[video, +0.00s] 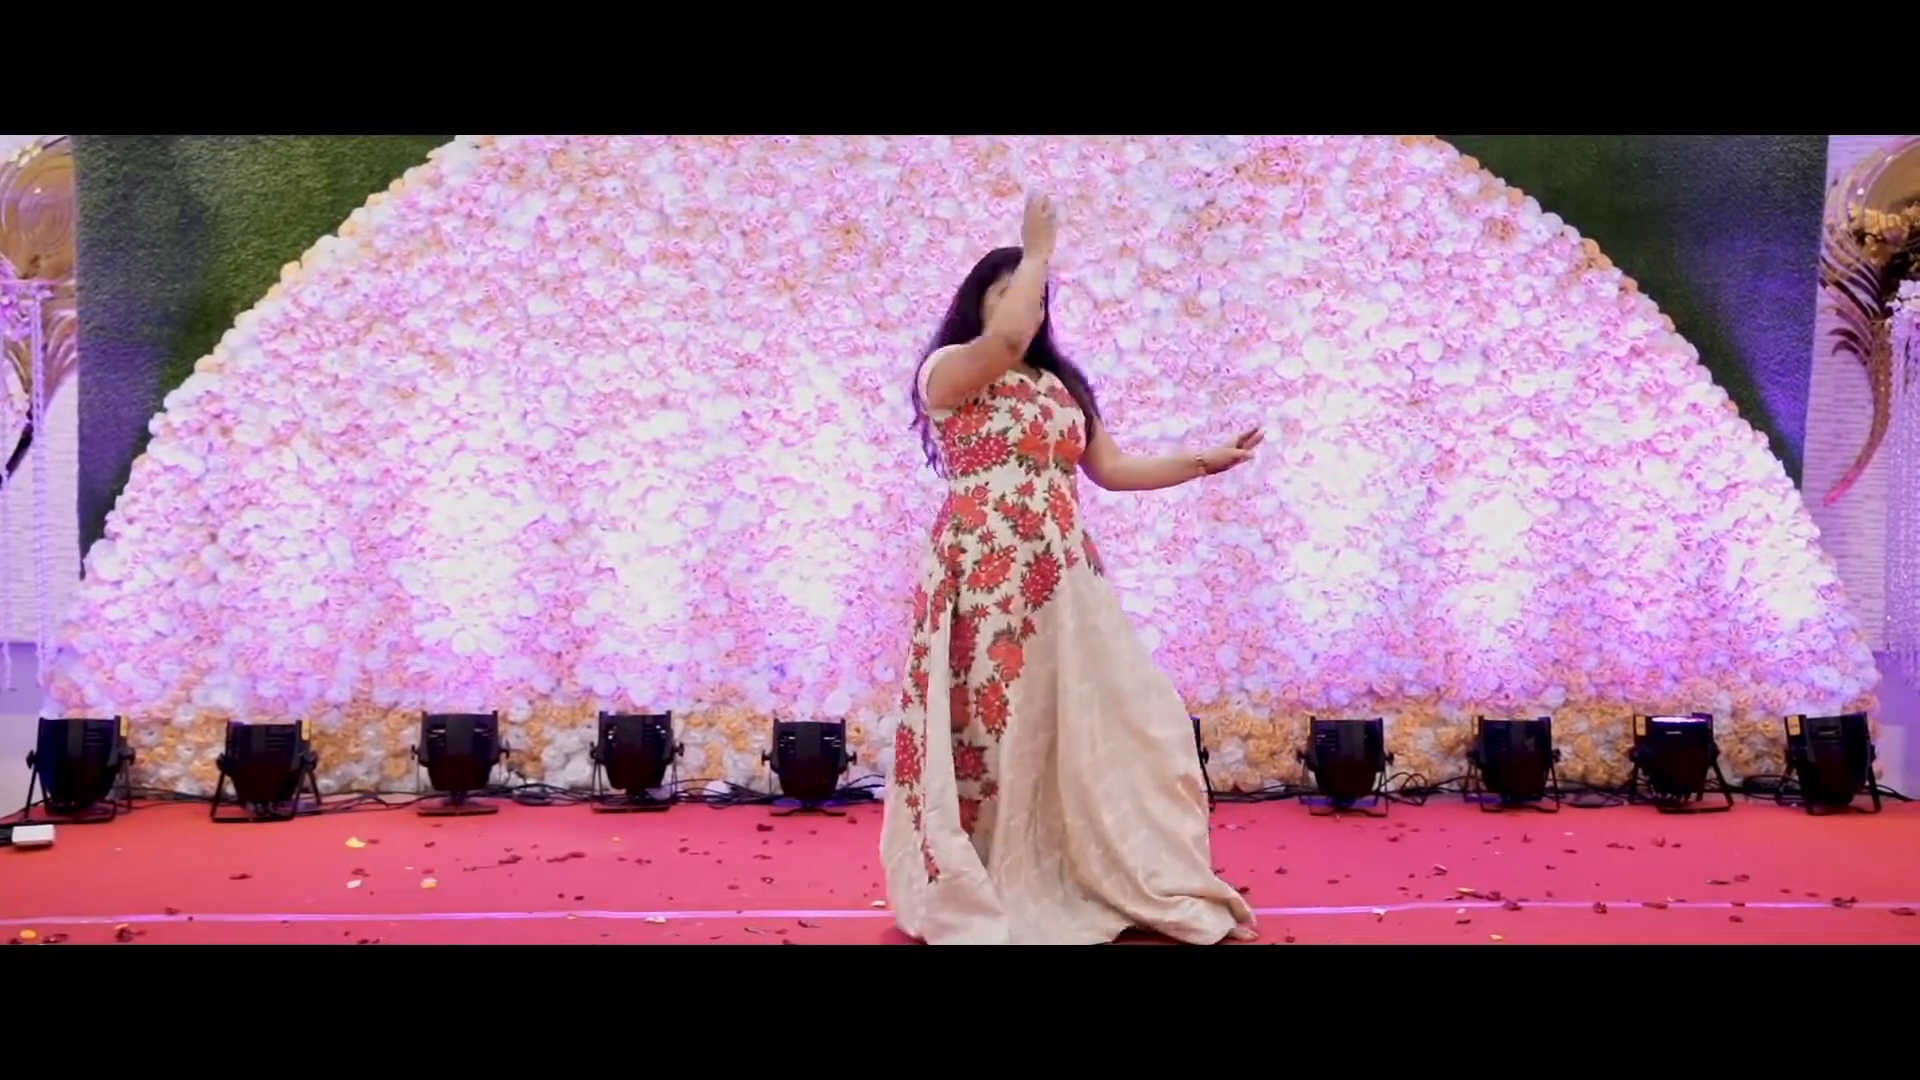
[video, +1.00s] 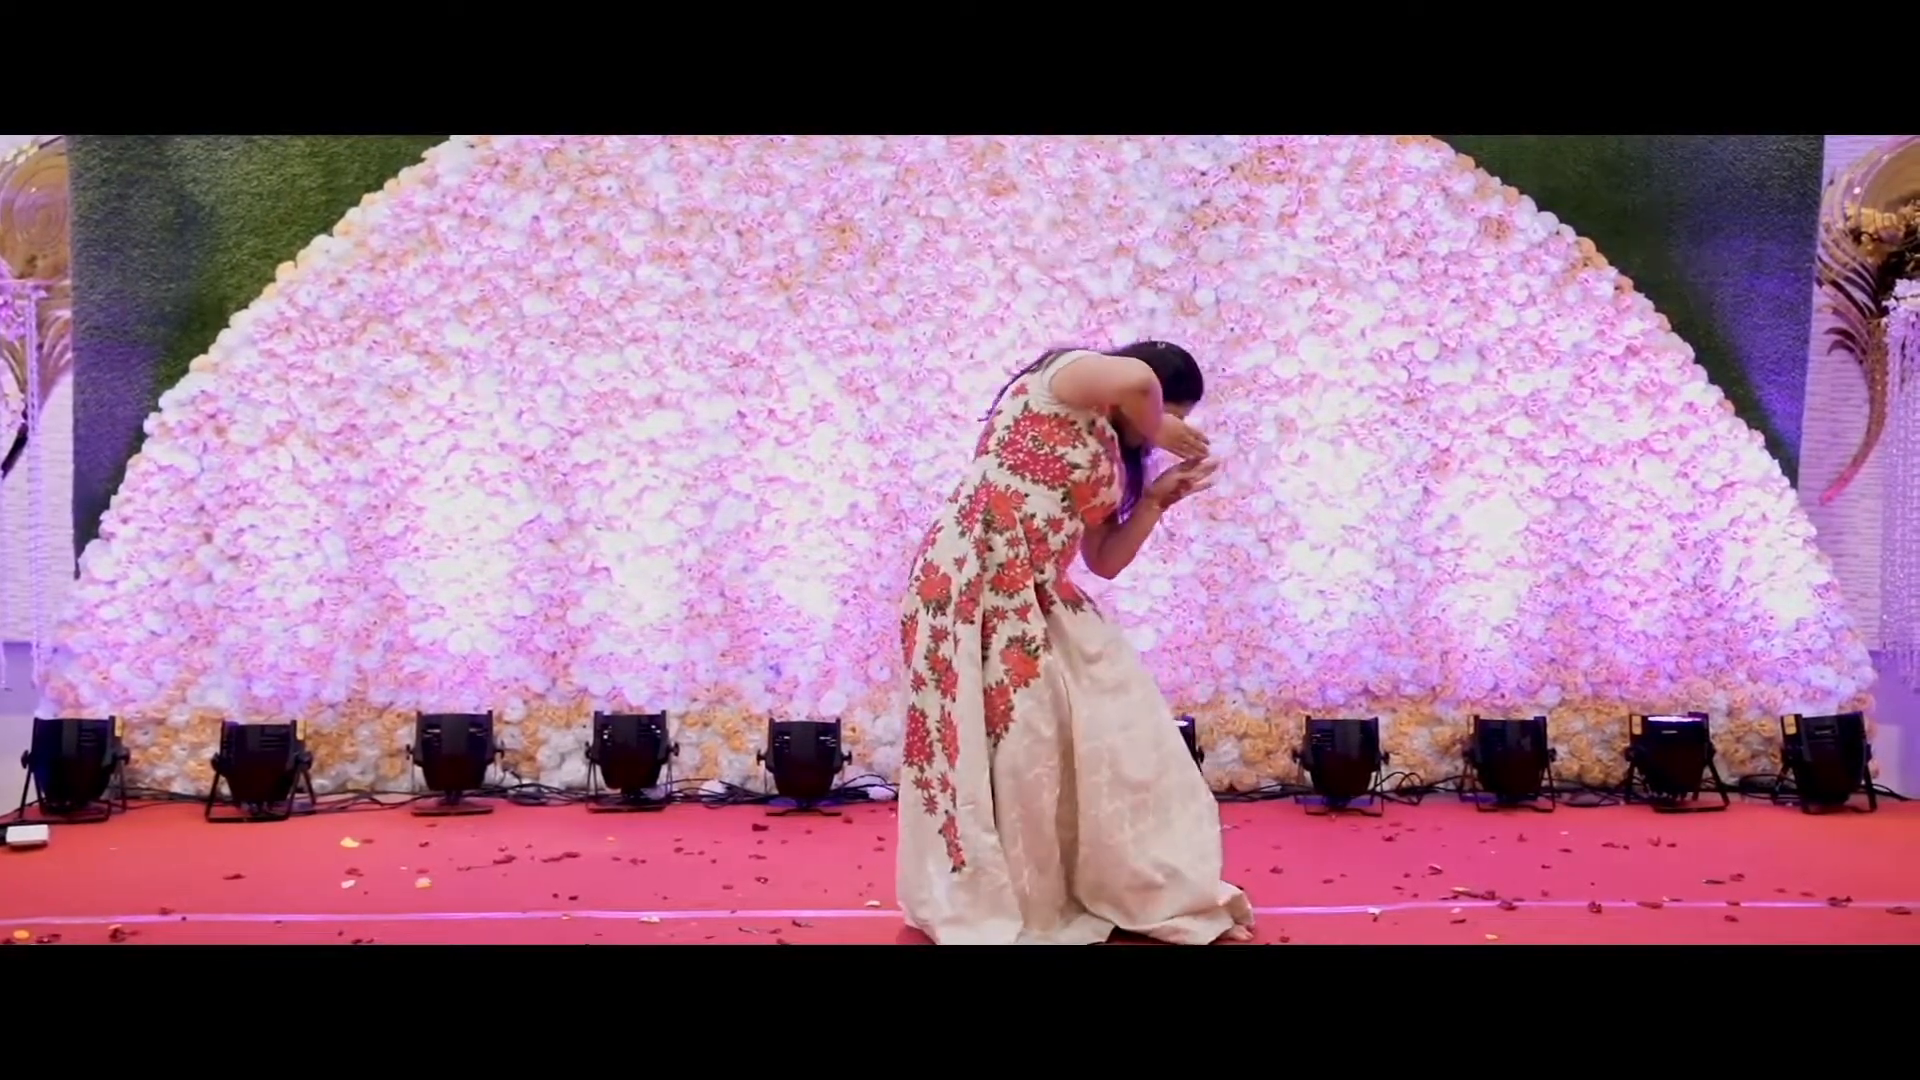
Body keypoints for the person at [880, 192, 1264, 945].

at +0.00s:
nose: (1030, 304)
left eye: (1039, 292)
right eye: (1013, 291)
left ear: (1043, 309)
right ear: (980, 301)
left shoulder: (1061, 388)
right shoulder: (944, 374)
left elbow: (1112, 469)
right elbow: (1010, 336)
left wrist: (1202, 460)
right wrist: (1033, 259)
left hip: (1065, 570)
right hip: (983, 568)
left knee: (1109, 720)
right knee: (989, 726)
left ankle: (1135, 886)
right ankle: (979, 891)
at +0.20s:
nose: (1066, 316)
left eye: (1075, 306)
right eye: (1052, 300)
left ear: (1078, 315)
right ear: (1014, 301)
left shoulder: (1082, 389)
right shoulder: (981, 374)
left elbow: (1125, 474)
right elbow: (1076, 392)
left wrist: (1206, 453)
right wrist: (1091, 297)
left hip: (1086, 580)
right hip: (1011, 579)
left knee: (1174, 719)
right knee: (1010, 734)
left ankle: (1157, 889)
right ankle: (980, 895)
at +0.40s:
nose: (1146, 328)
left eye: (1150, 318)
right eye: (1138, 312)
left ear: (1127, 318)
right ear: (1098, 299)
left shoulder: (1105, 386)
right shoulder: (1042, 353)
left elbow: (1139, 490)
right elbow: (1129, 407)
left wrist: (1215, 453)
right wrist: (1160, 342)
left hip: (1099, 574)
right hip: (1035, 571)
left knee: (1180, 714)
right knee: (1033, 726)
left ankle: (1160, 890)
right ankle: (996, 895)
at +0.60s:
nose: (1194, 370)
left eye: (1199, 359)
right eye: (1193, 354)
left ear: (1168, 345)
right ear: (1162, 334)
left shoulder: (1137, 410)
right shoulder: (1095, 355)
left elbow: (1149, 519)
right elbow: (1162, 422)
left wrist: (1225, 469)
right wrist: (1207, 386)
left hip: (1089, 581)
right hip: (1025, 574)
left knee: (1162, 717)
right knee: (1038, 728)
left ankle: (1148, 888)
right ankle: (1016, 895)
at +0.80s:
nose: (1199, 402)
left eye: (1205, 393)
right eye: (1199, 390)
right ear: (1173, 372)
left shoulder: (1126, 449)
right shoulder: (1098, 367)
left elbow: (1134, 546)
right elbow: (1170, 403)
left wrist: (1198, 494)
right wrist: (1196, 424)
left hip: (1062, 587)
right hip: (997, 577)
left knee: (1146, 712)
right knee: (1048, 725)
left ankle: (1149, 889)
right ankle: (1022, 898)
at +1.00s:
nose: (1168, 423)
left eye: (1173, 417)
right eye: (1171, 411)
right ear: (1142, 377)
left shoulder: (1106, 468)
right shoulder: (1061, 379)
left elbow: (1105, 559)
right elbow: (1138, 378)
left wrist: (1155, 500)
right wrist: (1159, 431)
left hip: (1035, 598)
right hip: (967, 587)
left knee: (1125, 722)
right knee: (1025, 735)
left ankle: (1158, 889)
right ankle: (1016, 898)